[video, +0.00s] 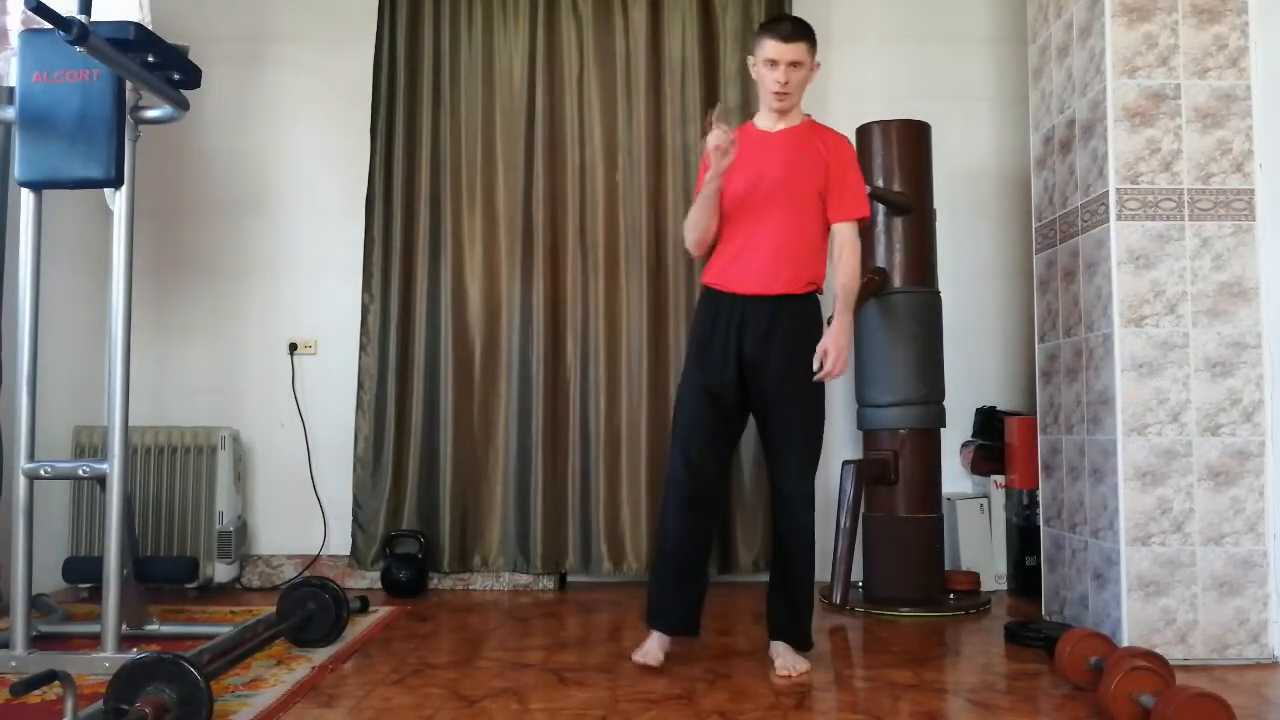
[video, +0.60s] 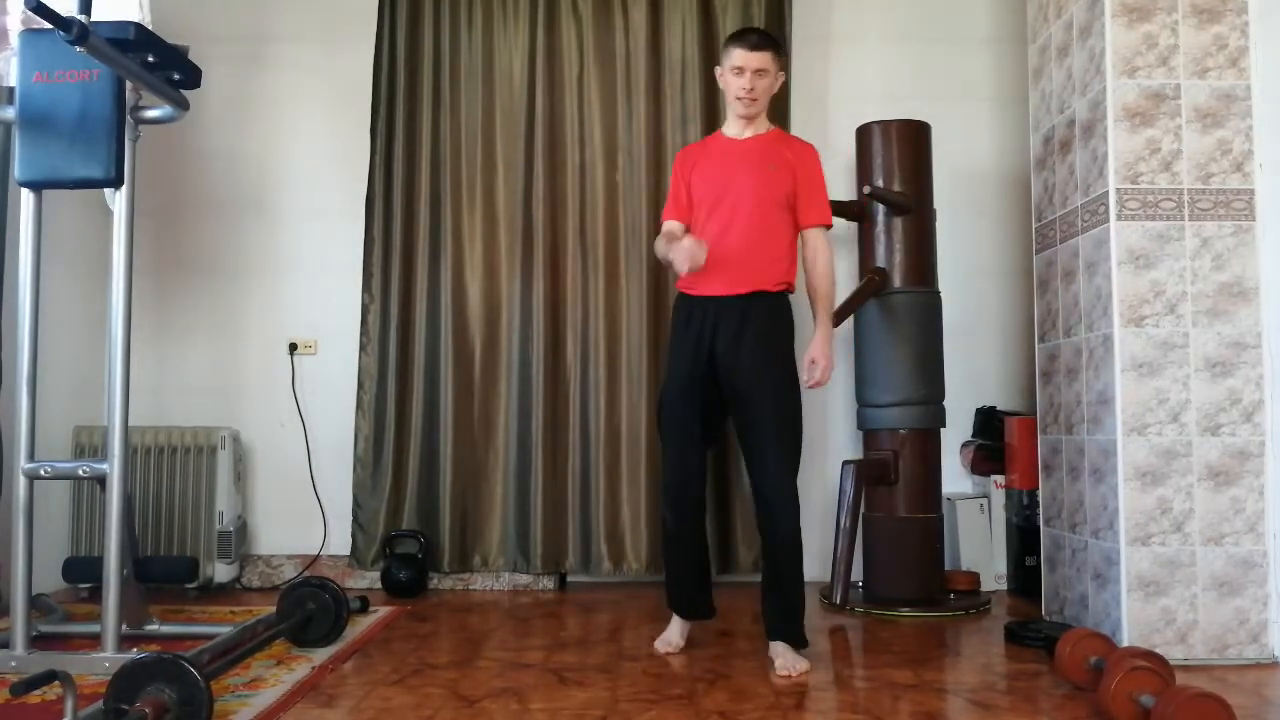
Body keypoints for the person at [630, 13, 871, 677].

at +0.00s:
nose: (781, 77)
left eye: (794, 65)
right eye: (770, 63)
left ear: (812, 71)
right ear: (752, 66)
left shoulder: (832, 149)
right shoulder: (724, 146)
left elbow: (847, 244)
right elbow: (695, 243)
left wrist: (841, 322)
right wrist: (714, 173)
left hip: (794, 324)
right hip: (721, 320)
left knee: (793, 486)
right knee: (690, 473)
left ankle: (787, 636)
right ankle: (667, 622)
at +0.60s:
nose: (748, 83)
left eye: (761, 72)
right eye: (737, 71)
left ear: (777, 80)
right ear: (720, 76)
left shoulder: (797, 155)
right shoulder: (691, 157)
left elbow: (817, 246)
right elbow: (667, 236)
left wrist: (822, 329)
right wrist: (676, 246)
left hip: (762, 323)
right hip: (694, 323)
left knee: (775, 481)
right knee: (681, 474)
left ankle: (784, 634)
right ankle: (685, 609)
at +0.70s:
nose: (738, 85)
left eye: (751, 74)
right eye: (727, 73)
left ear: (767, 82)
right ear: (709, 79)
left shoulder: (787, 156)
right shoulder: (684, 162)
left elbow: (807, 247)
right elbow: (663, 245)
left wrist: (806, 328)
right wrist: (654, 305)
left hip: (758, 324)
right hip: (688, 325)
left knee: (771, 483)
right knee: (679, 478)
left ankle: (783, 635)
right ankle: (684, 613)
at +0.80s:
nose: (728, 86)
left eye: (740, 76)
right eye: (718, 74)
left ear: (757, 86)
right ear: (700, 82)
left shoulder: (778, 157)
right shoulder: (675, 166)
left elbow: (797, 244)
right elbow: (656, 255)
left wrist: (792, 314)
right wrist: (637, 334)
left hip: (752, 324)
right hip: (680, 326)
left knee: (767, 482)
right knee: (674, 479)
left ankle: (782, 633)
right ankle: (681, 614)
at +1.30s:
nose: (680, 96)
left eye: (691, 86)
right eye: (670, 86)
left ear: (711, 94)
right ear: (654, 96)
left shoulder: (740, 163)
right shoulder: (643, 179)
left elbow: (762, 251)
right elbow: (631, 266)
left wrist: (768, 329)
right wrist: (609, 338)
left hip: (723, 331)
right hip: (656, 335)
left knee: (742, 482)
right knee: (661, 482)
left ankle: (763, 630)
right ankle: (679, 617)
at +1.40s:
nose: (676, 98)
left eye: (687, 87)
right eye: (666, 88)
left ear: (706, 96)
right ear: (650, 97)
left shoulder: (736, 164)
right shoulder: (638, 179)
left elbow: (760, 249)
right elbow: (626, 265)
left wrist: (768, 325)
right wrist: (610, 333)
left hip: (724, 331)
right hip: (656, 335)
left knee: (740, 484)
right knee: (661, 482)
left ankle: (754, 631)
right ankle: (679, 618)